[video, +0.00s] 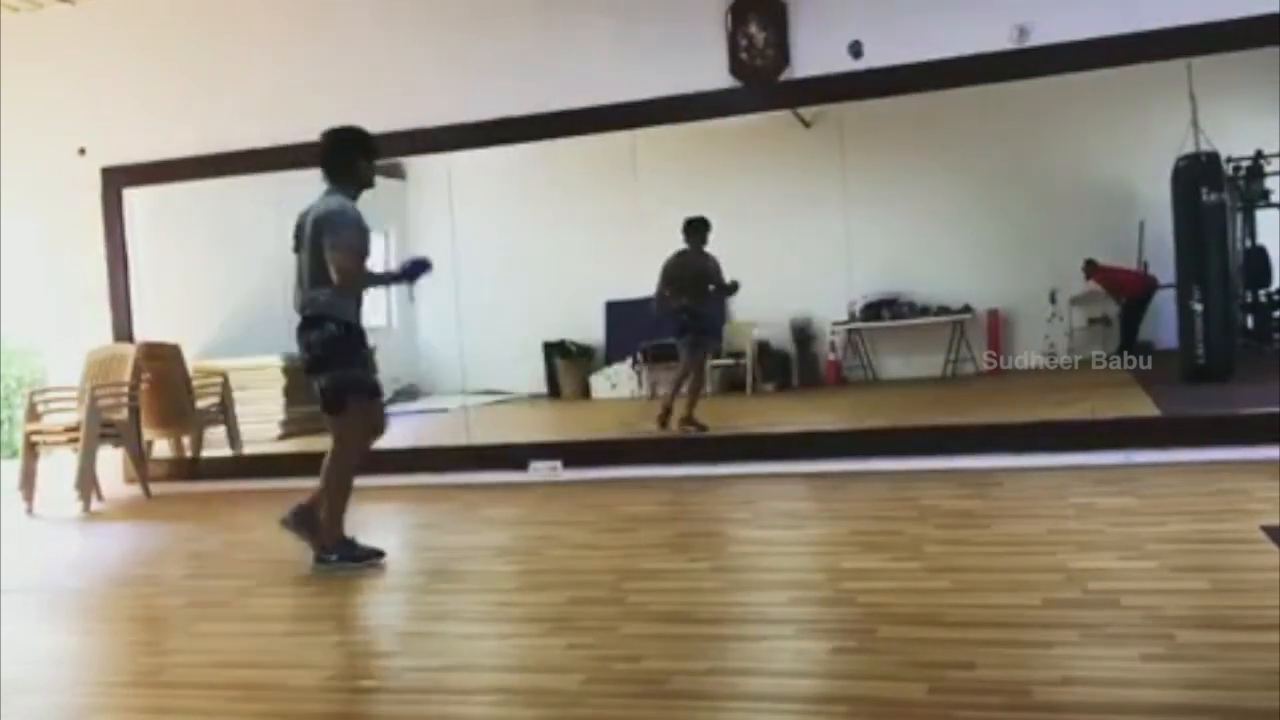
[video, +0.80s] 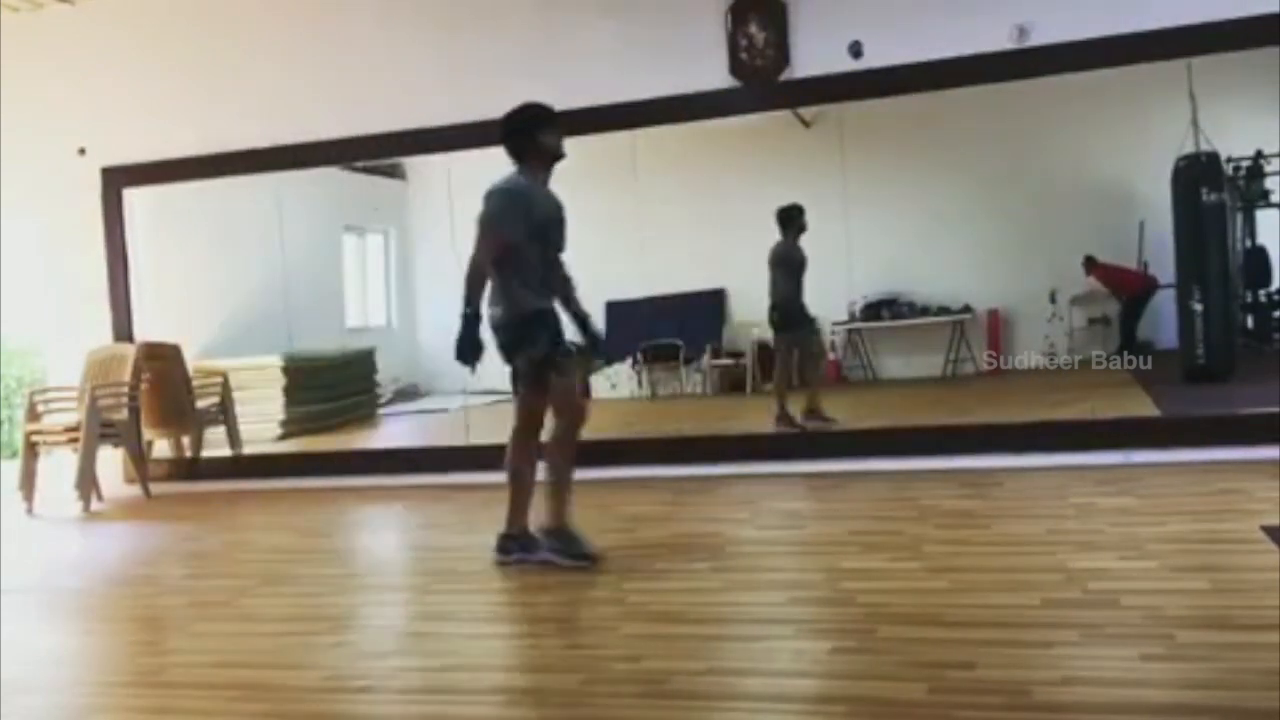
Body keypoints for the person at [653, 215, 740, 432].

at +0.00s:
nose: (702, 238)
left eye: (704, 233)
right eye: (697, 233)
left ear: (707, 235)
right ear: (688, 235)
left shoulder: (709, 262)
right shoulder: (675, 262)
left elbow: (719, 290)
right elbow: (662, 296)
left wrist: (730, 288)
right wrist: (678, 304)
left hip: (705, 320)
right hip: (683, 320)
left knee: (698, 369)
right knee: (687, 365)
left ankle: (688, 415)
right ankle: (666, 407)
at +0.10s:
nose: (721, 238)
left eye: (721, 234)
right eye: (717, 234)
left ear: (717, 236)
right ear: (707, 235)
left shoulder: (720, 263)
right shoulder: (690, 261)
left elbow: (717, 293)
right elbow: (673, 297)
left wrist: (724, 300)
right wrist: (692, 302)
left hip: (714, 317)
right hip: (697, 316)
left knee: (713, 364)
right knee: (704, 363)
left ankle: (704, 412)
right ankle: (690, 414)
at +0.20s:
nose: (730, 240)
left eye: (730, 236)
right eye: (726, 236)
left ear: (725, 237)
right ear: (715, 236)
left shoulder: (726, 265)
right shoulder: (696, 262)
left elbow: (724, 293)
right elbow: (681, 295)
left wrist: (728, 299)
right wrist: (695, 303)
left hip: (717, 316)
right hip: (700, 316)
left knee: (706, 366)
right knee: (722, 360)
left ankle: (689, 415)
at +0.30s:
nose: (747, 242)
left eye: (746, 237)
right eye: (744, 237)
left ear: (737, 239)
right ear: (734, 238)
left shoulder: (740, 267)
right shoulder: (714, 262)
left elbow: (741, 297)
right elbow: (698, 296)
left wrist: (754, 301)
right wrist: (708, 305)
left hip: (726, 317)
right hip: (713, 317)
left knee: (714, 367)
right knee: (745, 361)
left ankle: (691, 414)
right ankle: (768, 410)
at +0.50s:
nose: (773, 234)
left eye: (771, 229)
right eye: (769, 230)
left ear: (752, 233)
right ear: (762, 233)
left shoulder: (742, 259)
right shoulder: (759, 261)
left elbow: (771, 295)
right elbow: (770, 294)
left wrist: (792, 320)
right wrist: (793, 320)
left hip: (749, 315)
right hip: (753, 315)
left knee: (752, 365)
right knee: (774, 357)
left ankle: (714, 400)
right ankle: (781, 412)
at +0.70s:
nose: (796, 225)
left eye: (795, 220)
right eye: (792, 221)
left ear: (777, 225)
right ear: (785, 224)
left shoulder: (786, 251)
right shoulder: (775, 252)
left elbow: (785, 289)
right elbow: (776, 292)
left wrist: (793, 316)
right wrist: (791, 317)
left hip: (782, 311)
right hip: (777, 312)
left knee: (783, 360)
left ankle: (784, 408)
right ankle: (782, 407)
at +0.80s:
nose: (805, 223)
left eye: (804, 219)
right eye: (802, 219)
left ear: (786, 224)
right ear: (795, 223)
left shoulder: (795, 251)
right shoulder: (784, 253)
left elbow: (791, 291)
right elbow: (787, 293)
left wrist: (804, 315)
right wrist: (805, 317)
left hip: (796, 313)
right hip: (786, 314)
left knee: (815, 357)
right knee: (783, 362)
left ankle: (813, 407)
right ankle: (781, 411)